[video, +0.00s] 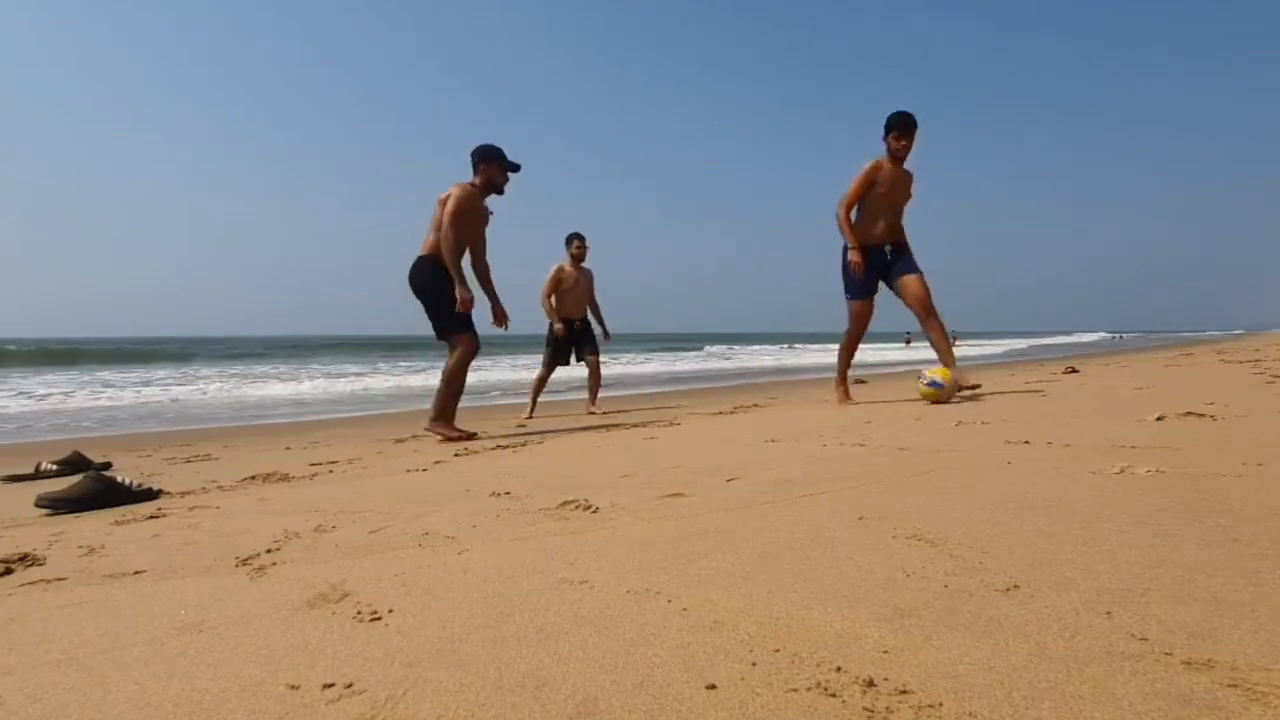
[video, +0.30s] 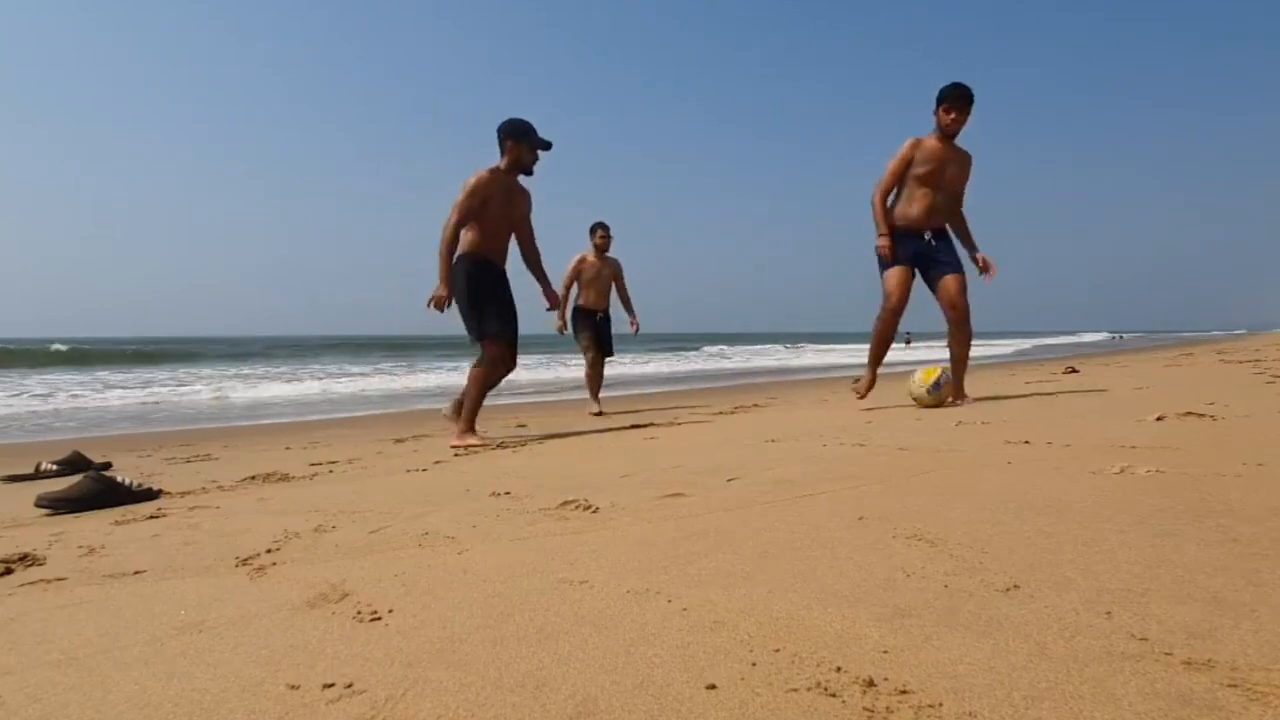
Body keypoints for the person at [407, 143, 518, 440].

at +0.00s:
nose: (507, 177)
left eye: (507, 171)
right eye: (503, 170)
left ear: (486, 171)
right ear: (483, 169)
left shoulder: (481, 212)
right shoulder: (463, 193)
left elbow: (479, 260)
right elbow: (446, 235)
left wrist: (495, 302)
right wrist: (460, 283)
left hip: (444, 275)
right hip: (431, 271)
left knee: (465, 346)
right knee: (466, 344)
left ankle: (446, 420)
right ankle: (439, 419)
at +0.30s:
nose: (537, 156)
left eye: (538, 149)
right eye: (532, 148)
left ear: (517, 148)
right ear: (511, 145)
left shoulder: (521, 196)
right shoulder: (484, 182)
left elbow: (528, 246)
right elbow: (452, 227)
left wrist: (545, 286)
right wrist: (444, 282)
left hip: (496, 273)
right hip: (471, 270)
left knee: (507, 360)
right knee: (492, 351)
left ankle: (458, 408)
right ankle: (465, 430)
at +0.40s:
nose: (552, 139)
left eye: (552, 132)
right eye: (547, 131)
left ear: (532, 133)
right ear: (525, 131)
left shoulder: (535, 177)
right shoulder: (501, 168)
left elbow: (537, 224)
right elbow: (474, 217)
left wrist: (551, 261)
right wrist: (465, 271)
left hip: (513, 262)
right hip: (490, 259)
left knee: (532, 346)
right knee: (501, 345)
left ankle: (487, 409)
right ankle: (471, 427)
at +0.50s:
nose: (570, 139)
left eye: (570, 132)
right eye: (565, 131)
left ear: (548, 133)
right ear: (543, 131)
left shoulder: (551, 177)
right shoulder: (522, 168)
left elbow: (555, 225)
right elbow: (506, 224)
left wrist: (571, 254)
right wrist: (513, 270)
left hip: (529, 263)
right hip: (505, 261)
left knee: (561, 339)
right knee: (506, 345)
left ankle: (537, 420)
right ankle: (470, 429)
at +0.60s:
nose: (589, 138)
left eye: (589, 131)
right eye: (584, 130)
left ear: (568, 132)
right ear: (563, 130)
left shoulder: (571, 177)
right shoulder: (542, 167)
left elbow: (579, 229)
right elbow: (532, 221)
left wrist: (596, 254)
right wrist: (562, 262)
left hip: (557, 266)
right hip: (531, 262)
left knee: (580, 340)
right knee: (535, 348)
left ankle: (554, 422)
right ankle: (478, 417)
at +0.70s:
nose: (611, 131)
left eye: (612, 123)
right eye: (606, 123)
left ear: (597, 123)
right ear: (585, 121)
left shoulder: (597, 168)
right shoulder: (564, 159)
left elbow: (603, 217)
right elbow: (554, 208)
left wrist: (620, 246)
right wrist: (593, 246)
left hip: (580, 252)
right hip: (557, 249)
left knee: (590, 338)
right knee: (581, 334)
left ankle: (556, 418)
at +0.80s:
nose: (639, 129)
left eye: (639, 122)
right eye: (634, 121)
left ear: (620, 120)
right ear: (612, 118)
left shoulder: (618, 165)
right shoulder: (592, 154)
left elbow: (622, 217)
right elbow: (591, 205)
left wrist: (645, 254)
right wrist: (629, 248)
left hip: (604, 248)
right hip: (581, 246)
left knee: (631, 335)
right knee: (603, 329)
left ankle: (589, 405)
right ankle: (581, 420)